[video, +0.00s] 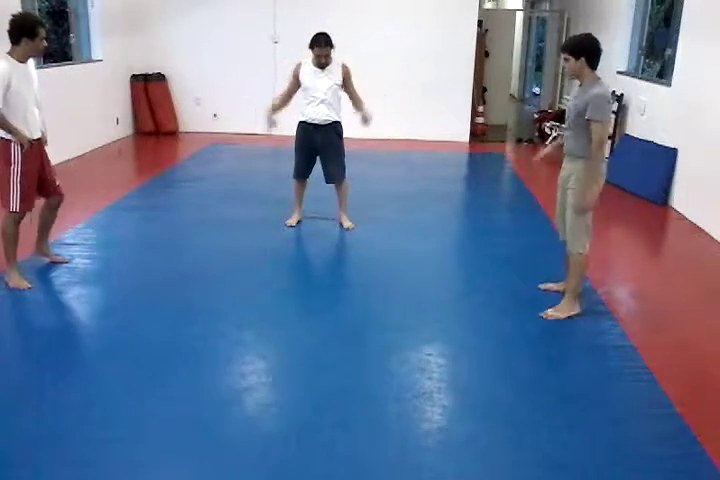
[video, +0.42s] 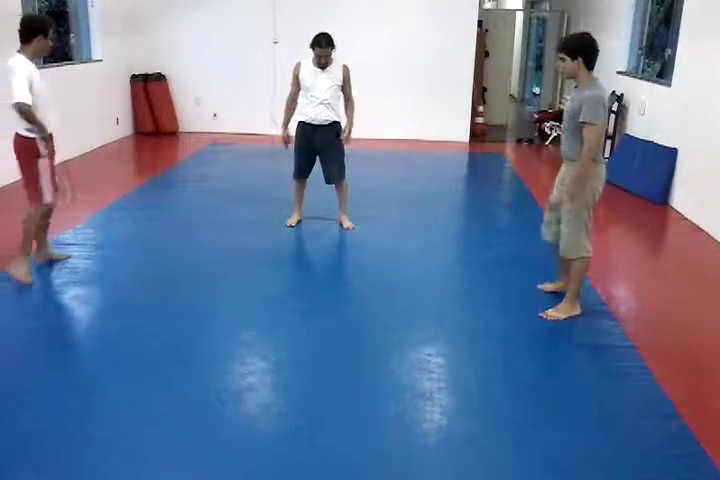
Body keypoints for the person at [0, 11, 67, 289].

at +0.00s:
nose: (46, 44)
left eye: (45, 38)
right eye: (42, 39)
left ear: (27, 41)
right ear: (25, 40)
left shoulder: (29, 65)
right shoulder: (5, 68)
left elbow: (33, 102)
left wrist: (42, 130)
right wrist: (17, 133)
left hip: (34, 142)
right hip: (12, 145)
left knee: (55, 197)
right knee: (14, 211)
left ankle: (42, 245)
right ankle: (11, 269)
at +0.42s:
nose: (51, 44)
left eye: (51, 39)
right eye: (49, 38)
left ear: (29, 38)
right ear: (39, 38)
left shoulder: (28, 65)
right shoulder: (18, 66)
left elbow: (29, 104)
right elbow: (21, 105)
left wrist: (46, 131)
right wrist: (45, 132)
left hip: (39, 139)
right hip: (29, 140)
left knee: (49, 198)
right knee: (41, 202)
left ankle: (43, 250)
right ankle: (22, 258)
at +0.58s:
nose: (53, 45)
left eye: (54, 40)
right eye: (53, 40)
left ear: (30, 37)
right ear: (45, 39)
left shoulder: (17, 60)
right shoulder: (32, 65)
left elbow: (6, 93)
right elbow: (39, 101)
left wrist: (23, 112)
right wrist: (54, 127)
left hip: (25, 135)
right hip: (39, 137)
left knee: (39, 194)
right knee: (69, 193)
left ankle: (40, 247)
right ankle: (47, 246)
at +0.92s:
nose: (65, 46)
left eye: (66, 42)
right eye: (65, 41)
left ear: (41, 38)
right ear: (60, 40)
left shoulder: (23, 62)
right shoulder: (57, 66)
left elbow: (2, 92)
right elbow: (75, 98)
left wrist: (20, 119)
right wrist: (75, 124)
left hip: (31, 135)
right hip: (57, 136)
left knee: (44, 192)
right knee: (72, 187)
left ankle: (42, 249)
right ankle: (70, 234)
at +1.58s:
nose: (85, 45)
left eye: (86, 40)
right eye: (84, 40)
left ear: (65, 37)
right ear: (75, 37)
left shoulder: (47, 57)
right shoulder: (66, 58)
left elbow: (25, 85)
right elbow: (76, 90)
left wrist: (36, 115)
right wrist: (81, 116)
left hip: (47, 121)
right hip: (63, 123)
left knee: (66, 175)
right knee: (72, 178)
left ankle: (70, 219)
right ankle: (69, 232)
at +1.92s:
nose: (88, 40)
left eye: (88, 35)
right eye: (86, 35)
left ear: (72, 33)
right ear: (73, 33)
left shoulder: (64, 55)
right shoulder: (55, 54)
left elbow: (60, 89)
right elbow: (46, 85)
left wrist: (76, 115)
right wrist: (75, 112)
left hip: (66, 120)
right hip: (58, 121)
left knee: (70, 175)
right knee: (66, 176)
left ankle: (71, 219)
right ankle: (66, 229)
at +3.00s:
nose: (78, 36)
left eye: (79, 32)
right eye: (74, 32)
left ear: (73, 33)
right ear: (60, 33)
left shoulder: (72, 58)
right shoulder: (47, 61)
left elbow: (75, 94)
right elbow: (46, 101)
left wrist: (84, 122)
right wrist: (59, 135)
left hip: (77, 123)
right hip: (61, 125)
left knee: (78, 174)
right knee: (58, 180)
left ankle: (77, 217)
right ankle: (54, 231)